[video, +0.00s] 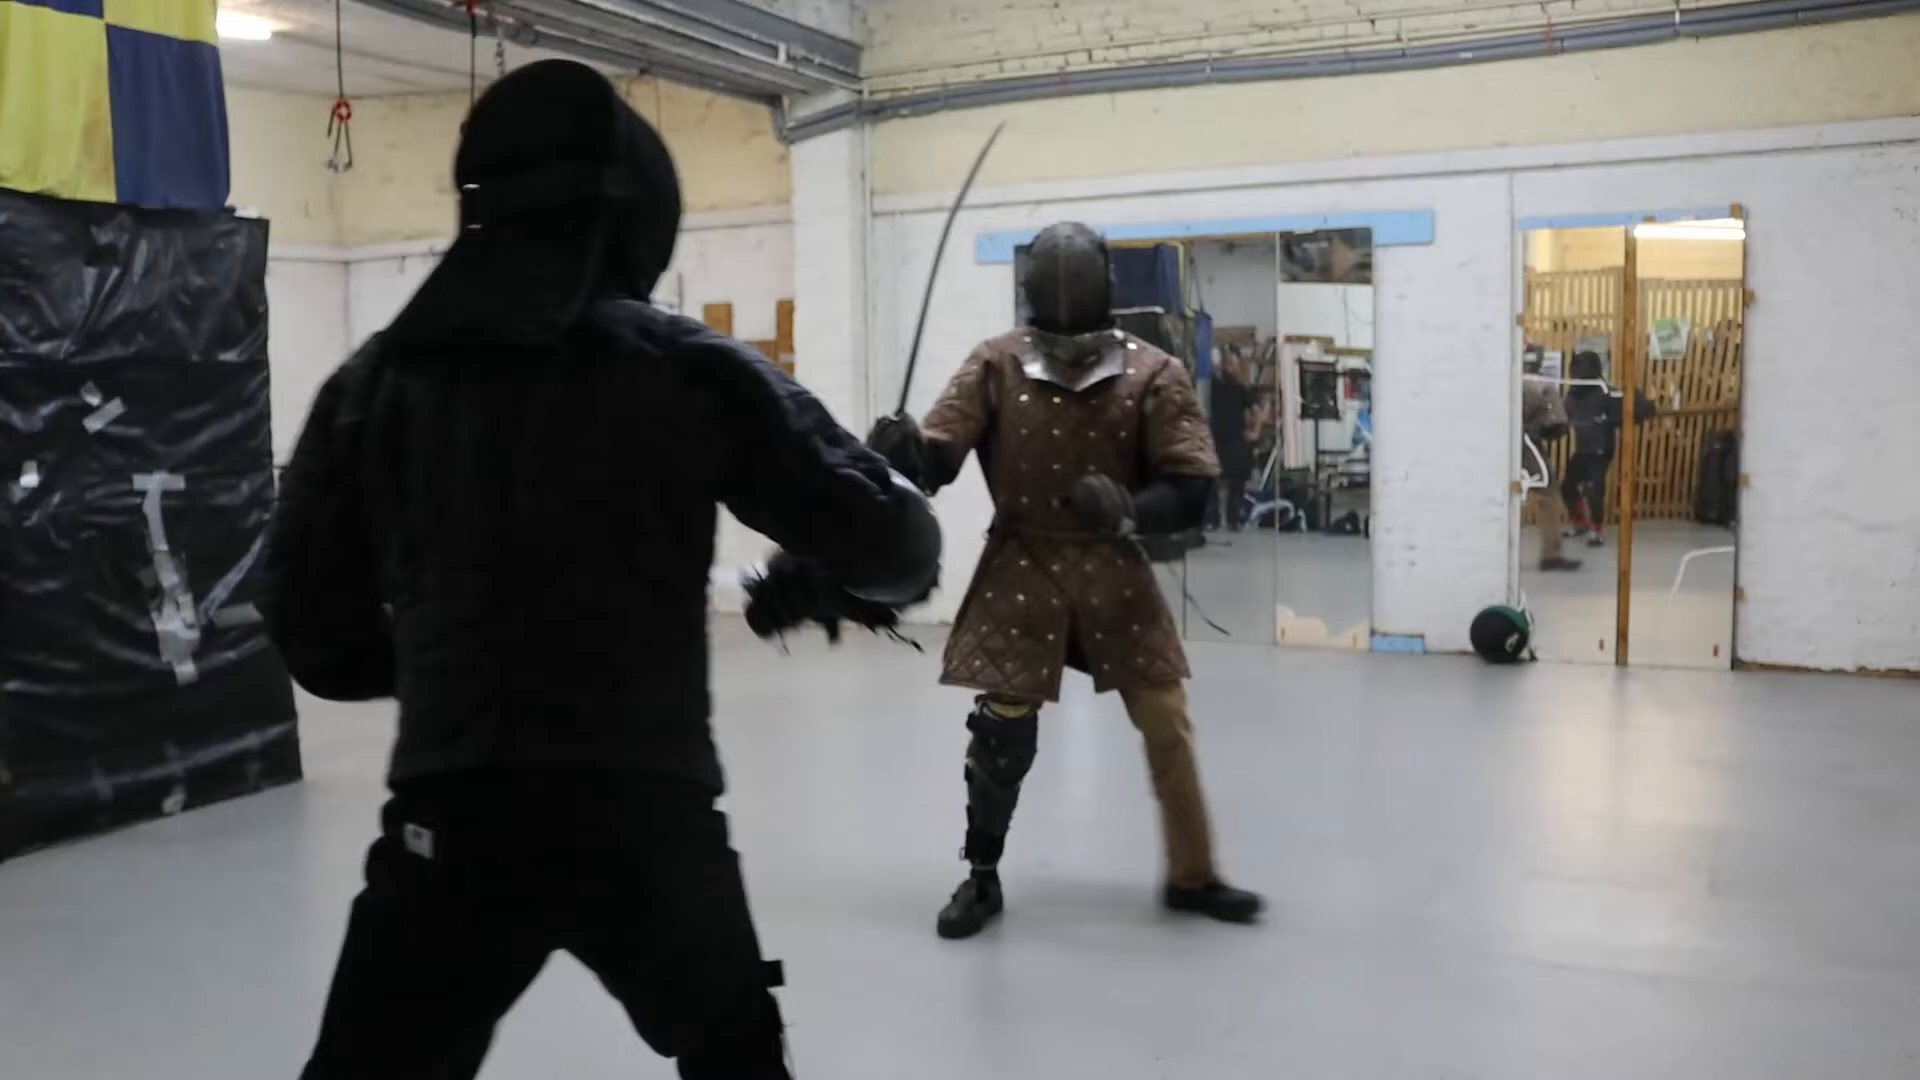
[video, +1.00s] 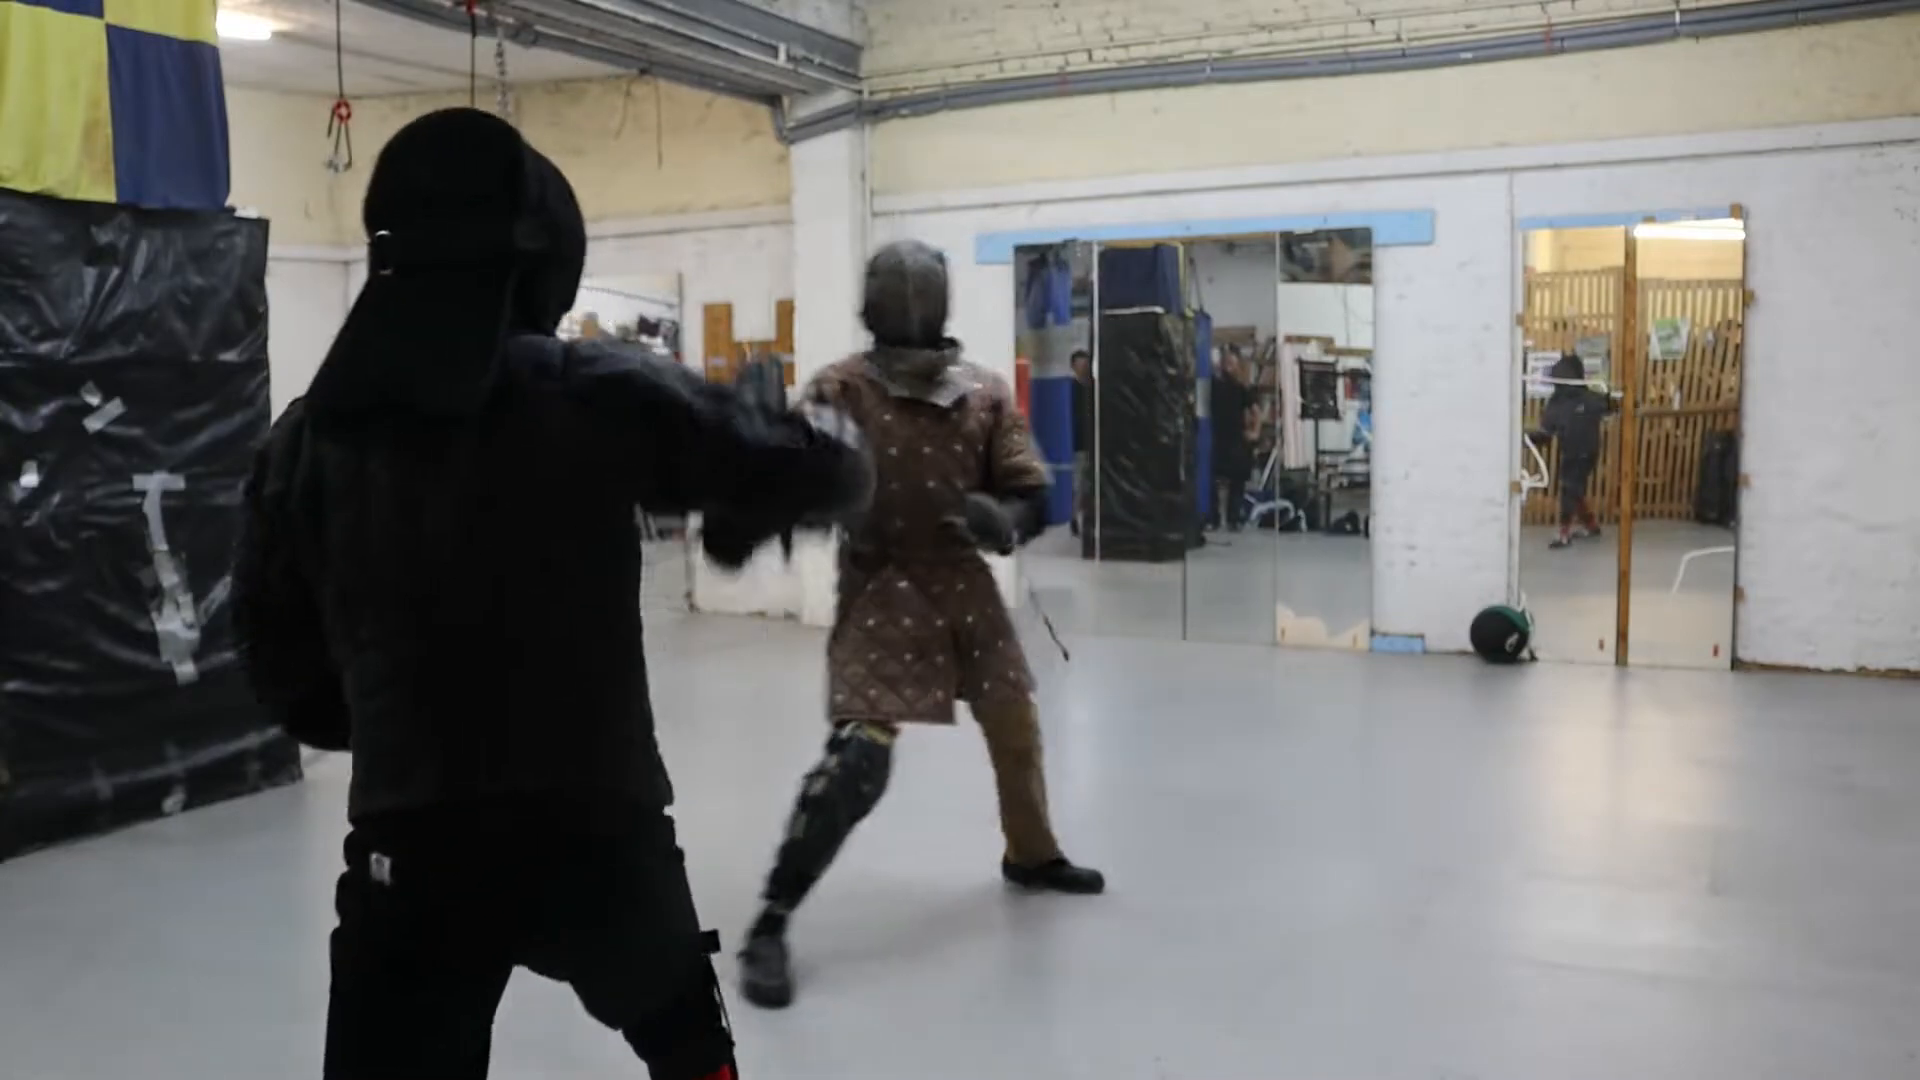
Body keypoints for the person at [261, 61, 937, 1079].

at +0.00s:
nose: (666, 236)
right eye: (657, 209)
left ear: (478, 208)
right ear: (631, 211)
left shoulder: (376, 384)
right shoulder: (684, 371)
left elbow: (317, 645)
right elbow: (901, 548)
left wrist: (457, 638)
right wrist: (812, 576)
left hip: (448, 842)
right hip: (649, 837)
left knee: (355, 1072)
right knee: (738, 1060)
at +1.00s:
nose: (570, 277)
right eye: (558, 247)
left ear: (389, 252)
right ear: (533, 254)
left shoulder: (311, 434)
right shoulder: (595, 396)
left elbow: (289, 683)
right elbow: (821, 473)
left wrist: (400, 717)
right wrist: (738, 505)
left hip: (415, 862)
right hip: (601, 850)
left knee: (382, 1072)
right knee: (690, 1049)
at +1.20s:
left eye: (374, 260)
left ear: (384, 274)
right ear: (533, 250)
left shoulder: (358, 440)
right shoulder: (611, 366)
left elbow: (359, 572)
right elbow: (751, 206)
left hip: (477, 845)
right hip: (643, 824)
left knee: (423, 1068)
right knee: (706, 991)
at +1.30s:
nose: (582, 299)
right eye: (573, 279)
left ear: (411, 304)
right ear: (564, 288)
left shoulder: (374, 479)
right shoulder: (629, 403)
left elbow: (354, 532)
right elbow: (792, 245)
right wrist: (767, 98)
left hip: (521, 865)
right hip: (681, 835)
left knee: (457, 1070)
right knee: (730, 977)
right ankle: (771, 1058)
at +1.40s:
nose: (626, 300)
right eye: (613, 279)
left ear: (453, 321)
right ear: (596, 300)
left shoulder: (419, 490)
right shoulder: (671, 422)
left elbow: (341, 628)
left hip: (562, 866)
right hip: (717, 840)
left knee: (486, 1069)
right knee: (770, 949)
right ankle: (812, 1070)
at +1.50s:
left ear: (520, 320)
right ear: (658, 299)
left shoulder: (491, 487)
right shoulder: (729, 420)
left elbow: (390, 709)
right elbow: (838, 377)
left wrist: (440, 595)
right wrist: (862, 259)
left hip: (617, 844)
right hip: (760, 806)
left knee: (521, 1067)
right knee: (780, 977)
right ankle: (811, 1069)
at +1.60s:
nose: (585, 295)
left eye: (595, 273)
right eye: (591, 273)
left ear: (620, 287)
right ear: (733, 280)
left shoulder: (632, 424)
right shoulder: (763, 402)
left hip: (702, 794)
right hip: (807, 772)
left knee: (605, 1052)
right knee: (767, 965)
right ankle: (813, 1071)